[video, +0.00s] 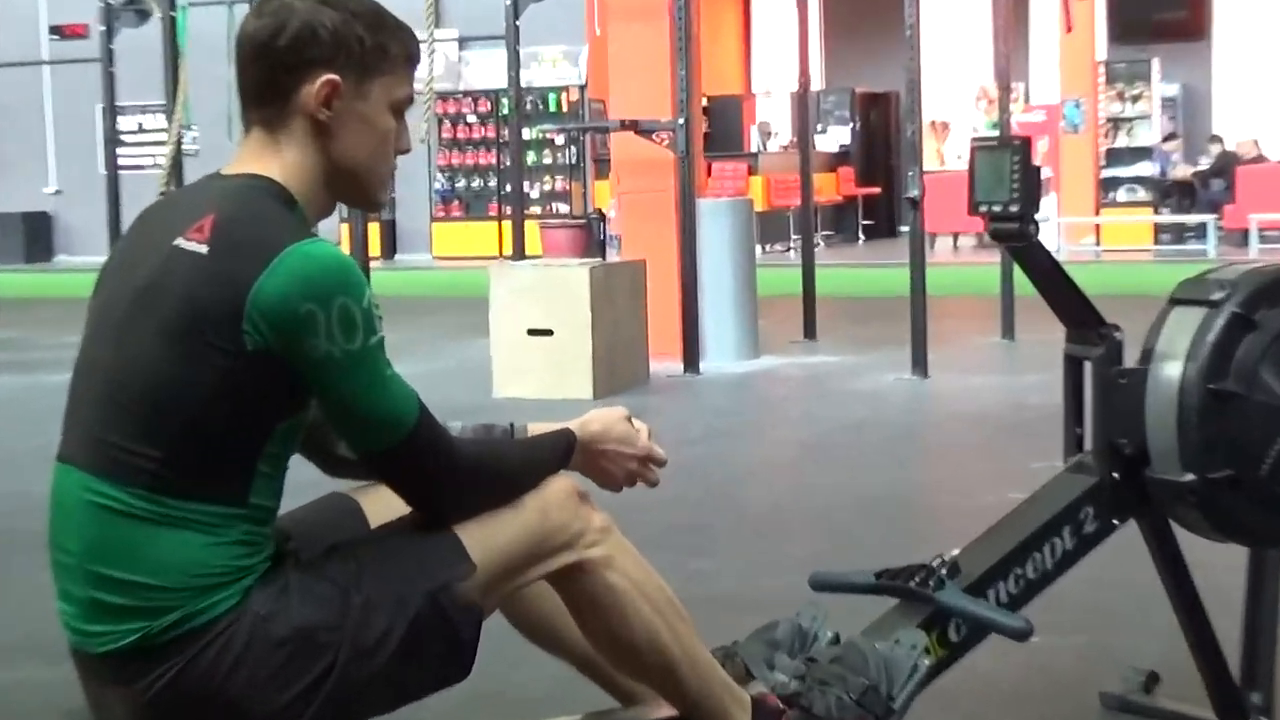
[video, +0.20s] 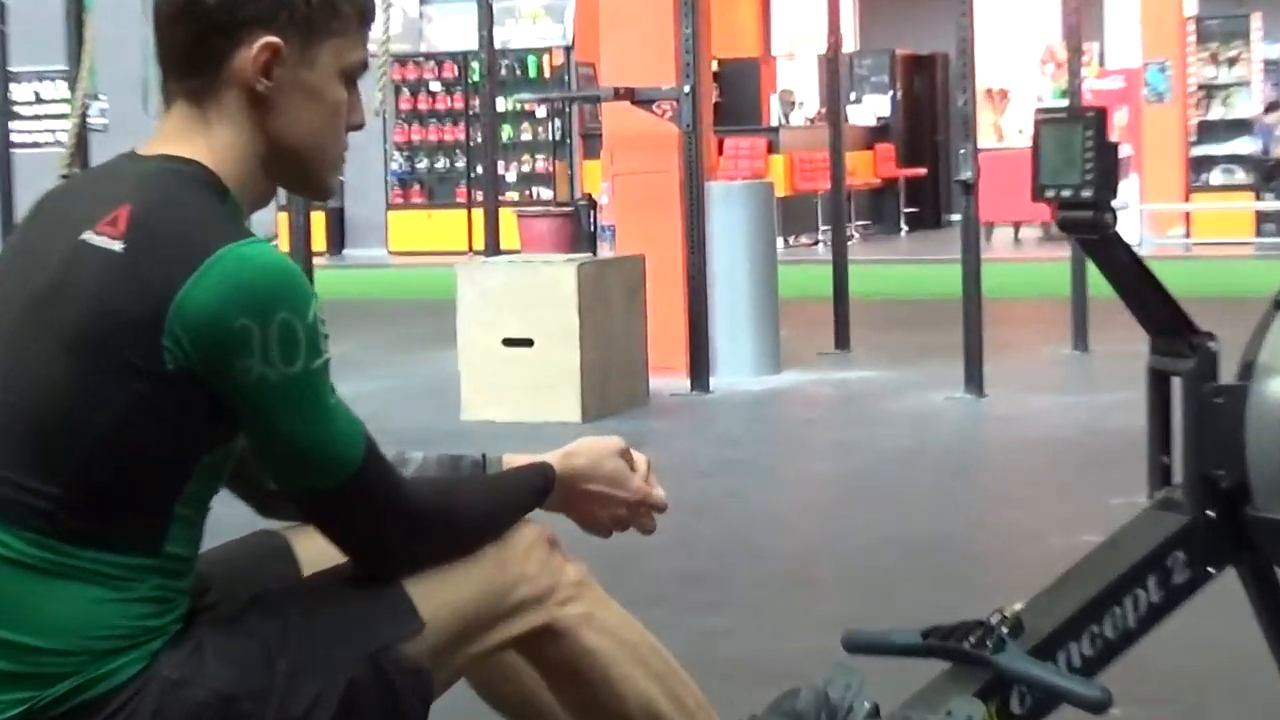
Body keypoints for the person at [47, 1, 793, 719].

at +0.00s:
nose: (407, 142)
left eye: (409, 115)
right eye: (398, 112)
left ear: (303, 104)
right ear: (327, 102)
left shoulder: (179, 222)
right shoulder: (303, 271)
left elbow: (342, 453)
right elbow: (441, 476)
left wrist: (539, 452)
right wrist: (574, 444)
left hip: (127, 621)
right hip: (200, 653)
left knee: (447, 506)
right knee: (566, 507)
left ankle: (654, 700)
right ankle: (735, 710)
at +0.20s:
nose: (360, 119)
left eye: (361, 84)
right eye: (350, 80)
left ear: (256, 74)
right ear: (265, 70)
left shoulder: (77, 209)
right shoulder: (239, 277)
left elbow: (274, 481)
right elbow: (396, 532)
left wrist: (527, 482)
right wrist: (555, 477)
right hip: (108, 692)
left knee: (378, 542)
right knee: (529, 562)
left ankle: (582, 713)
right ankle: (705, 717)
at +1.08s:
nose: (295, 88)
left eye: (287, 57)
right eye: (271, 55)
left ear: (165, 80)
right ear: (172, 76)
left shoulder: (41, 233)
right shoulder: (195, 287)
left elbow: (270, 541)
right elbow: (420, 568)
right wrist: (607, 570)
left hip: (47, 688)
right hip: (123, 712)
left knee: (411, 610)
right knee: (602, 648)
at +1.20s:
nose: (303, 93)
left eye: (293, 59)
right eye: (276, 59)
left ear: (164, 85)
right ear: (169, 80)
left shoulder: (44, 234)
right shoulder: (198, 295)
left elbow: (256, 555)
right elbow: (428, 585)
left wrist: (517, 576)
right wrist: (600, 592)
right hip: (124, 703)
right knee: (602, 665)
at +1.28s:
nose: (309, 97)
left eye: (297, 62)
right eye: (272, 62)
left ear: (146, 89)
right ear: (150, 81)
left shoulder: (49, 238)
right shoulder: (187, 302)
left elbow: (225, 563)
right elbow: (411, 609)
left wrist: (465, 576)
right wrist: (579, 606)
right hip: (117, 711)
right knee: (592, 678)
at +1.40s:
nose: (299, 112)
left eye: (300, 76)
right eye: (253, 73)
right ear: (131, 88)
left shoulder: (71, 246)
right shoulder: (164, 305)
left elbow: (161, 585)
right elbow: (345, 664)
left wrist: (374, 588)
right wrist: (515, 621)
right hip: (110, 711)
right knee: (585, 687)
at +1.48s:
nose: (299, 119)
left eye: (307, 85)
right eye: (250, 82)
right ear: (138, 95)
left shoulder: (83, 247)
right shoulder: (155, 301)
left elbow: (104, 575)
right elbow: (281, 673)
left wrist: (308, 601)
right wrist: (459, 640)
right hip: (99, 703)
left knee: (410, 590)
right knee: (593, 692)